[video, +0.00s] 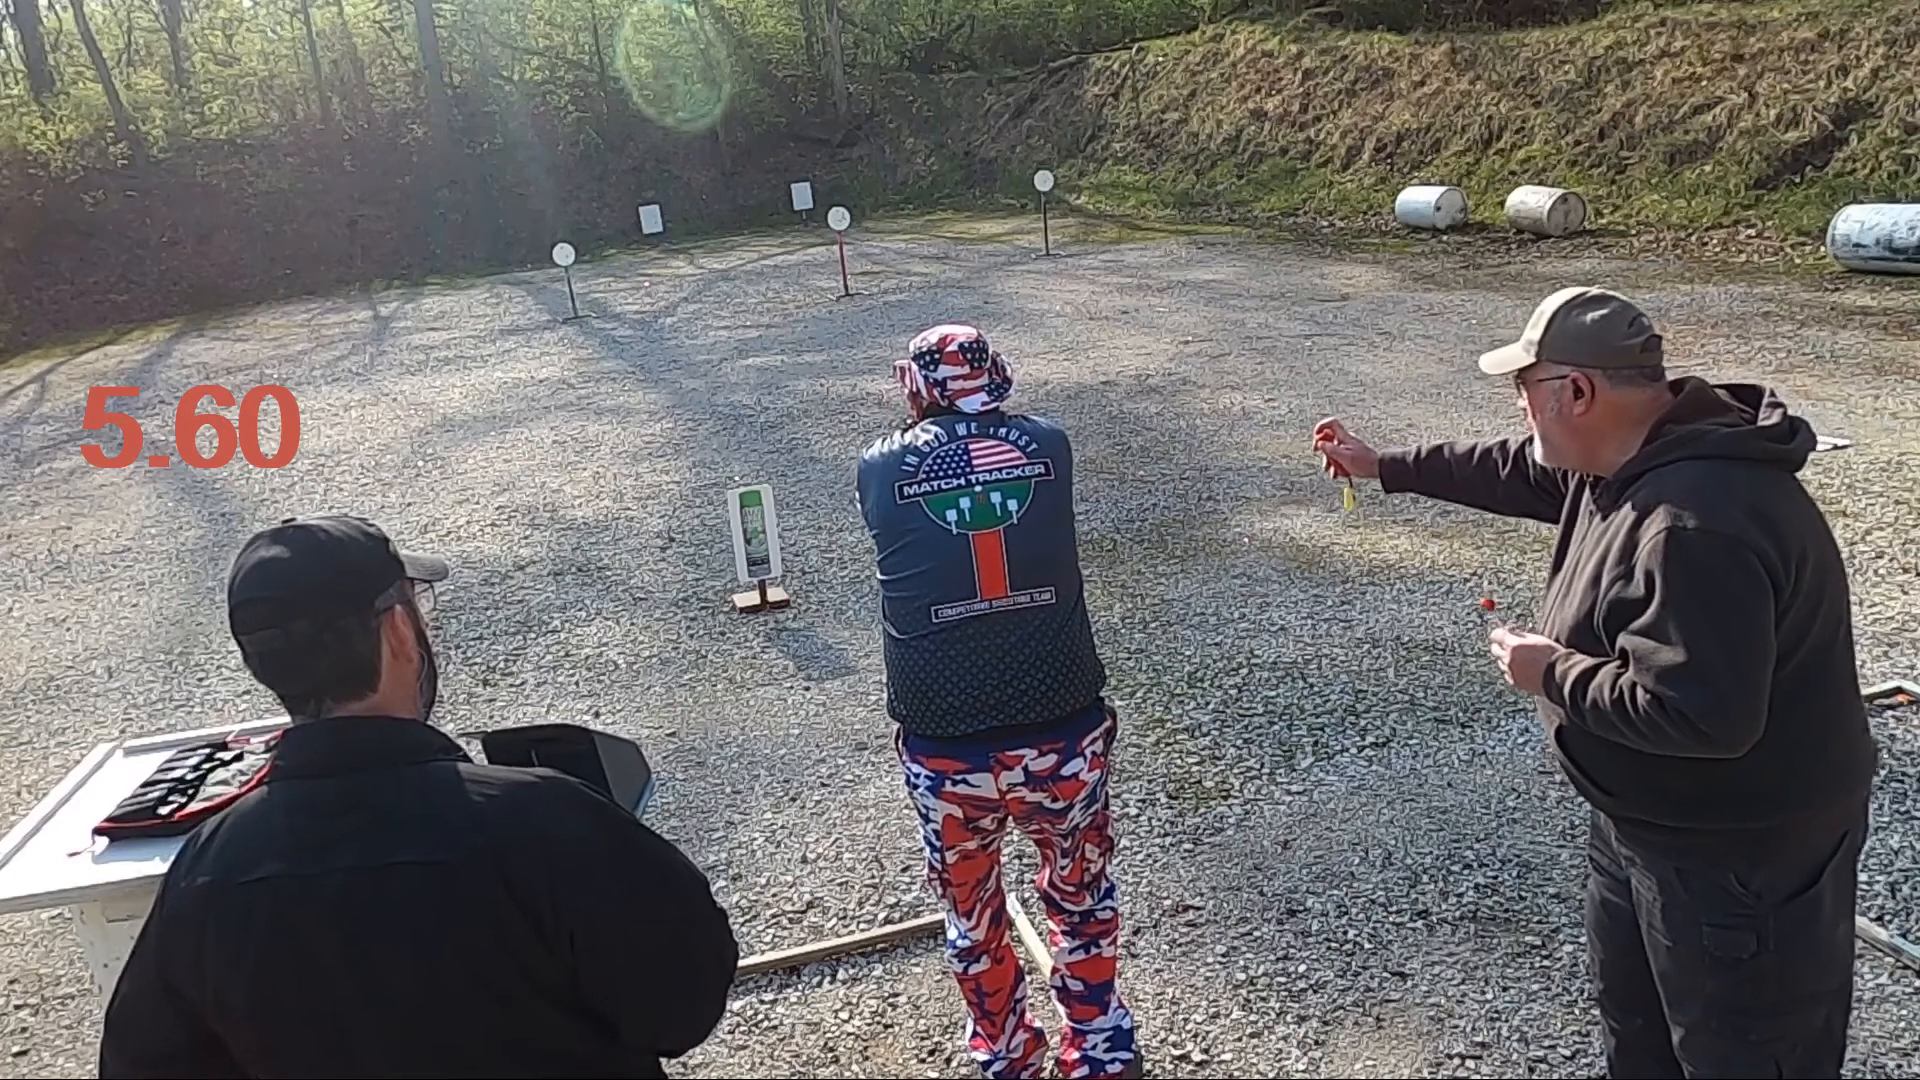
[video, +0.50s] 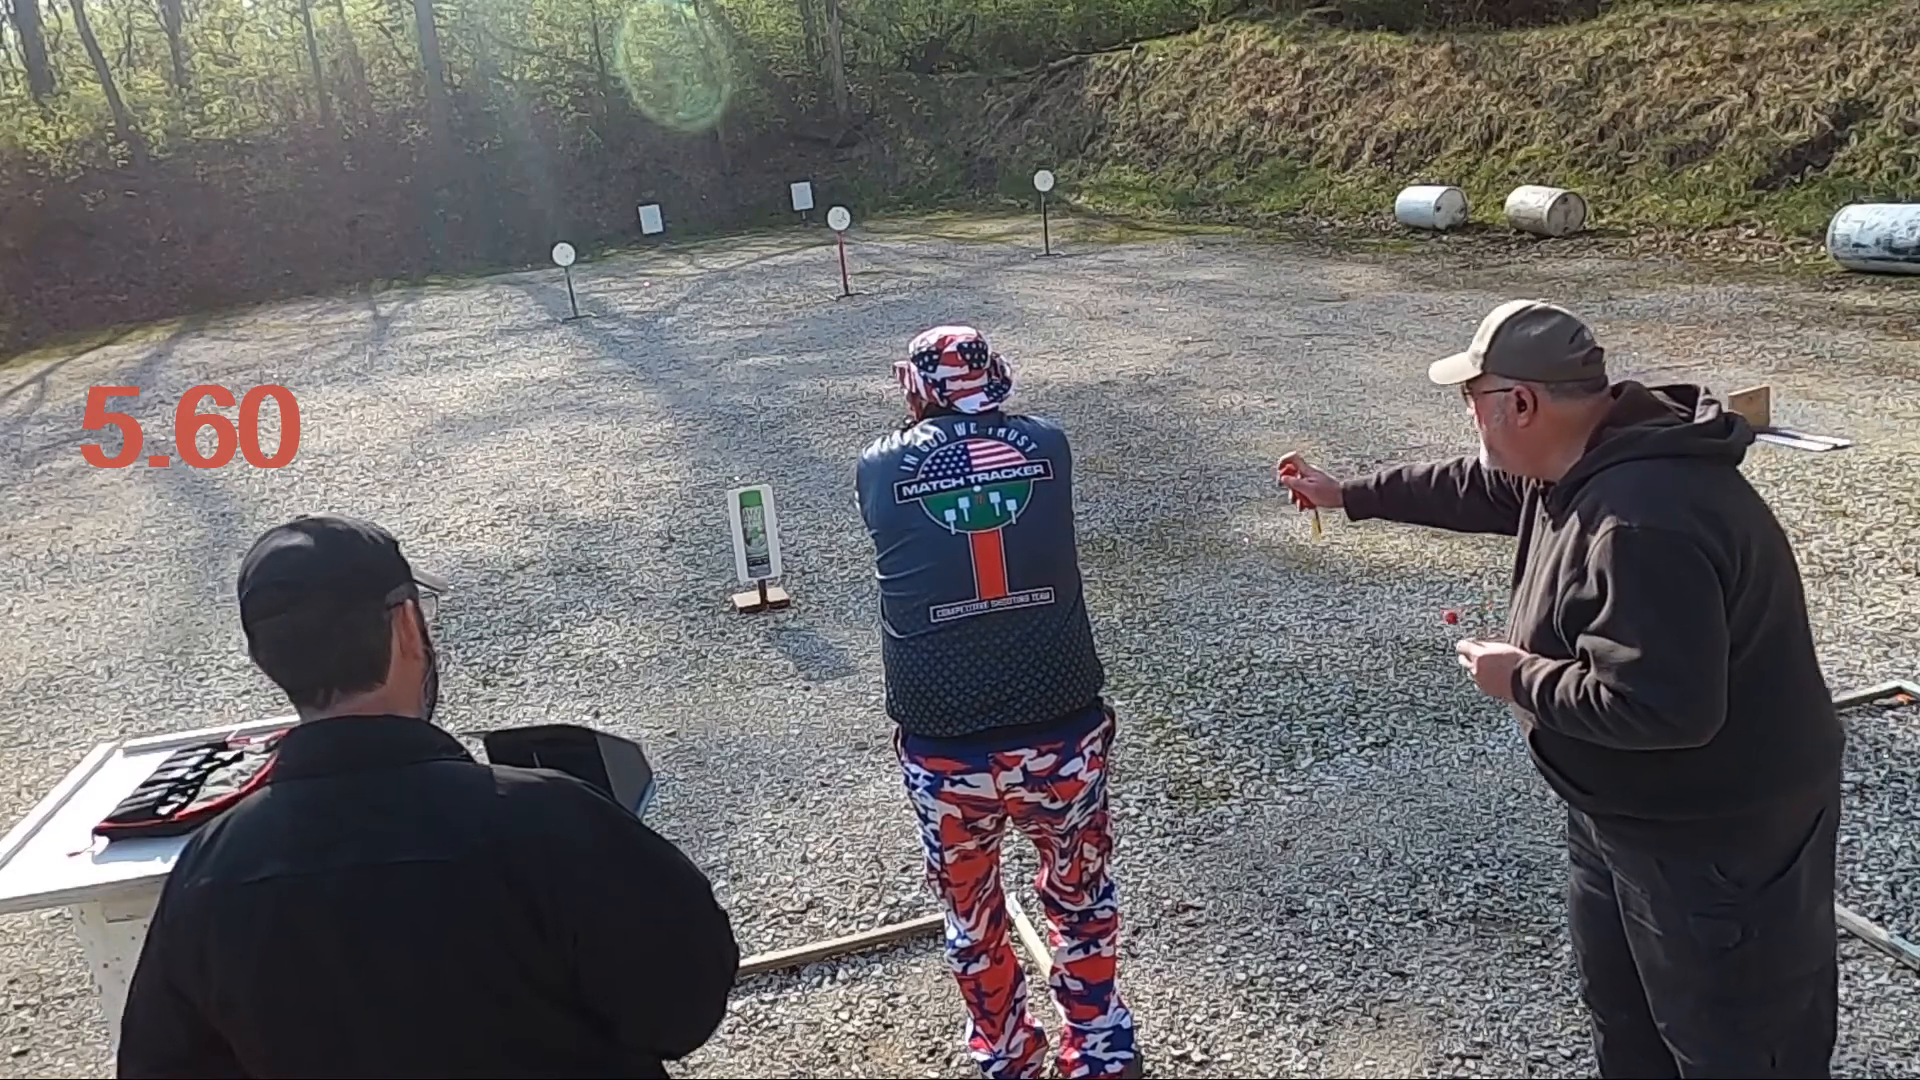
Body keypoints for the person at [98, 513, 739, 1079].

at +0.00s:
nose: (424, 625)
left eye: (417, 603)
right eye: (416, 605)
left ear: (269, 666)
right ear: (396, 629)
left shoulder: (205, 873)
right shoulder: (545, 822)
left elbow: (136, 1064)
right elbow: (693, 994)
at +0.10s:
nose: (424, 625)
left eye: (417, 603)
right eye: (416, 604)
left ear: (270, 666)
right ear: (397, 629)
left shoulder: (205, 873)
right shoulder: (546, 823)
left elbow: (136, 1064)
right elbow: (692, 995)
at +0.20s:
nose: (425, 625)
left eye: (419, 603)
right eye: (418, 605)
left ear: (269, 665)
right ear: (398, 627)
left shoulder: (204, 875)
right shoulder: (546, 824)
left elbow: (137, 1066)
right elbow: (691, 997)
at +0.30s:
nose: (427, 625)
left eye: (420, 603)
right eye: (420, 605)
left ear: (270, 664)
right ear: (400, 628)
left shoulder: (204, 875)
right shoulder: (547, 824)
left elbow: (138, 1066)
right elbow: (692, 998)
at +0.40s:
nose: (427, 628)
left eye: (421, 607)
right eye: (420, 608)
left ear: (273, 666)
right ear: (401, 626)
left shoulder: (205, 873)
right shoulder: (548, 823)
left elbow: (145, 1066)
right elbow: (692, 994)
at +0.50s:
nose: (427, 631)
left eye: (420, 610)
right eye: (421, 610)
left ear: (273, 666)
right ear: (407, 627)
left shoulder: (206, 875)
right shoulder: (547, 823)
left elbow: (154, 1066)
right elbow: (692, 995)